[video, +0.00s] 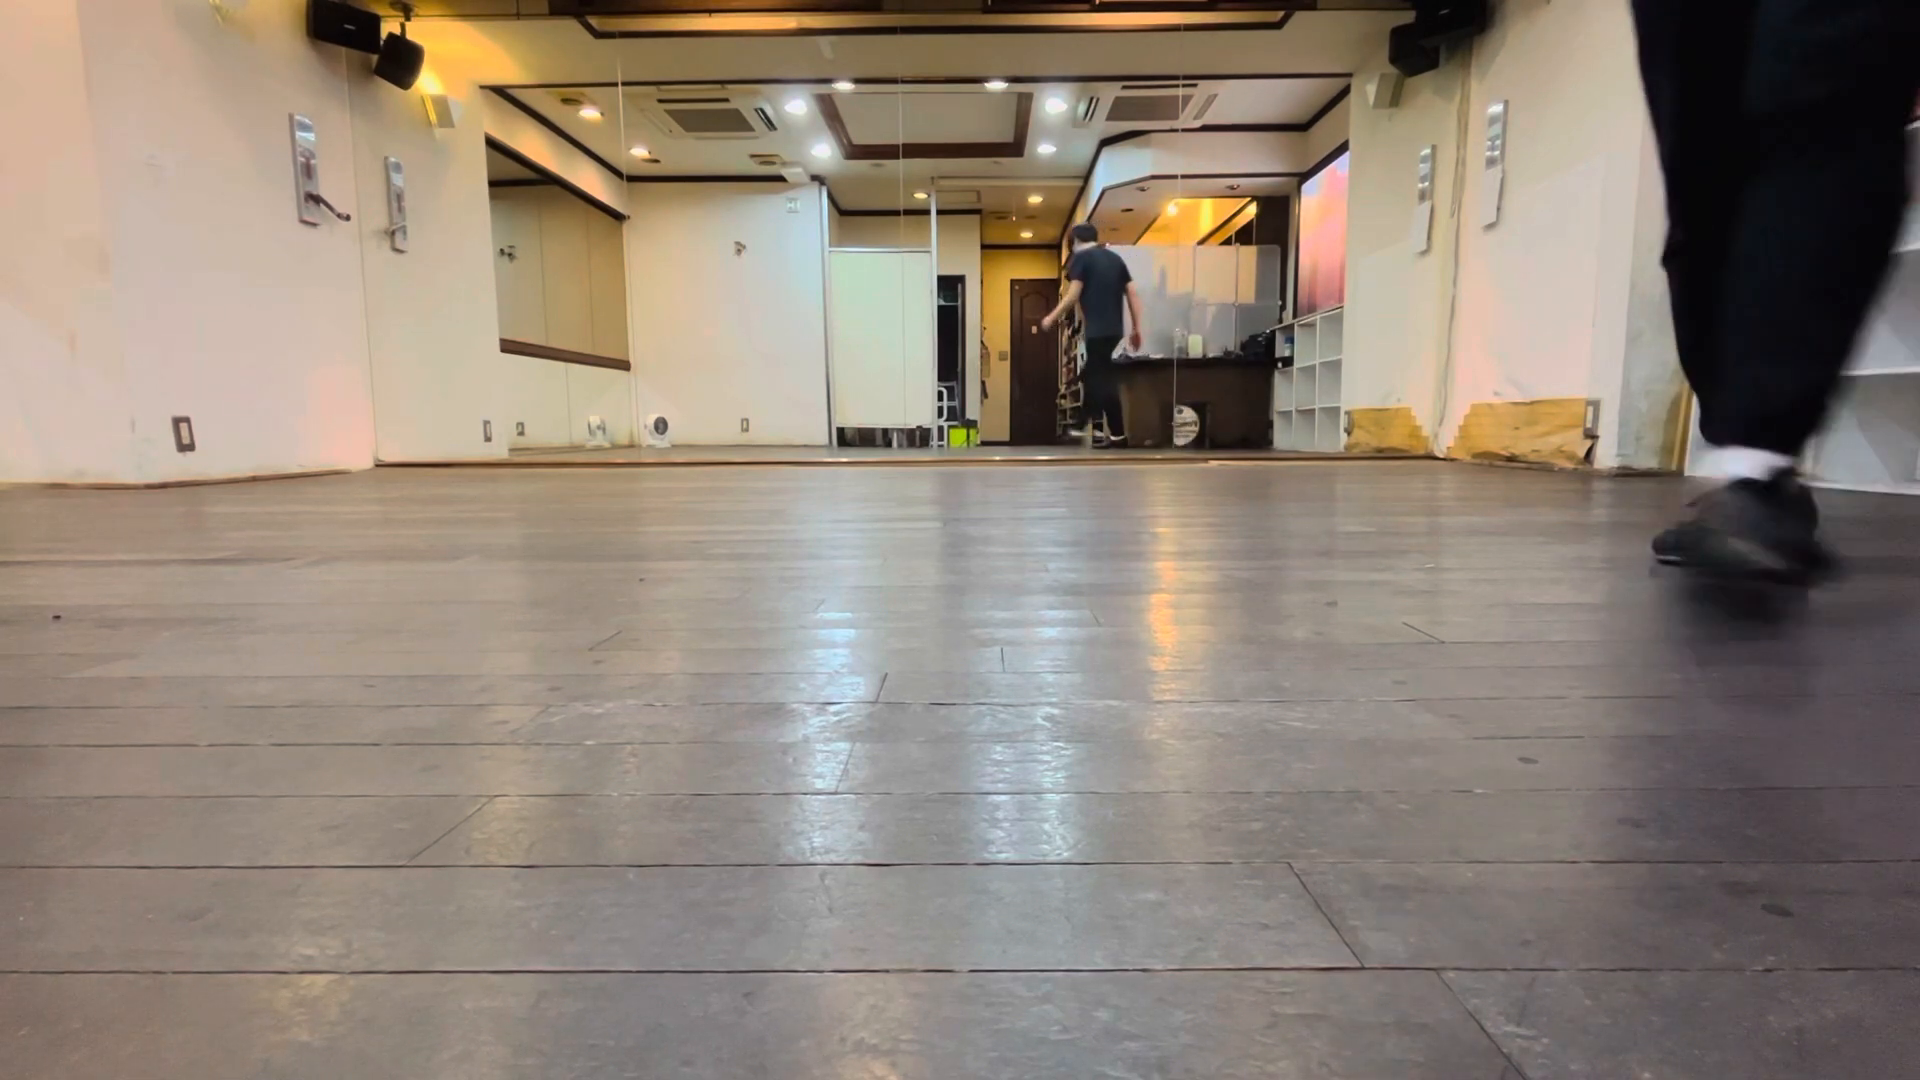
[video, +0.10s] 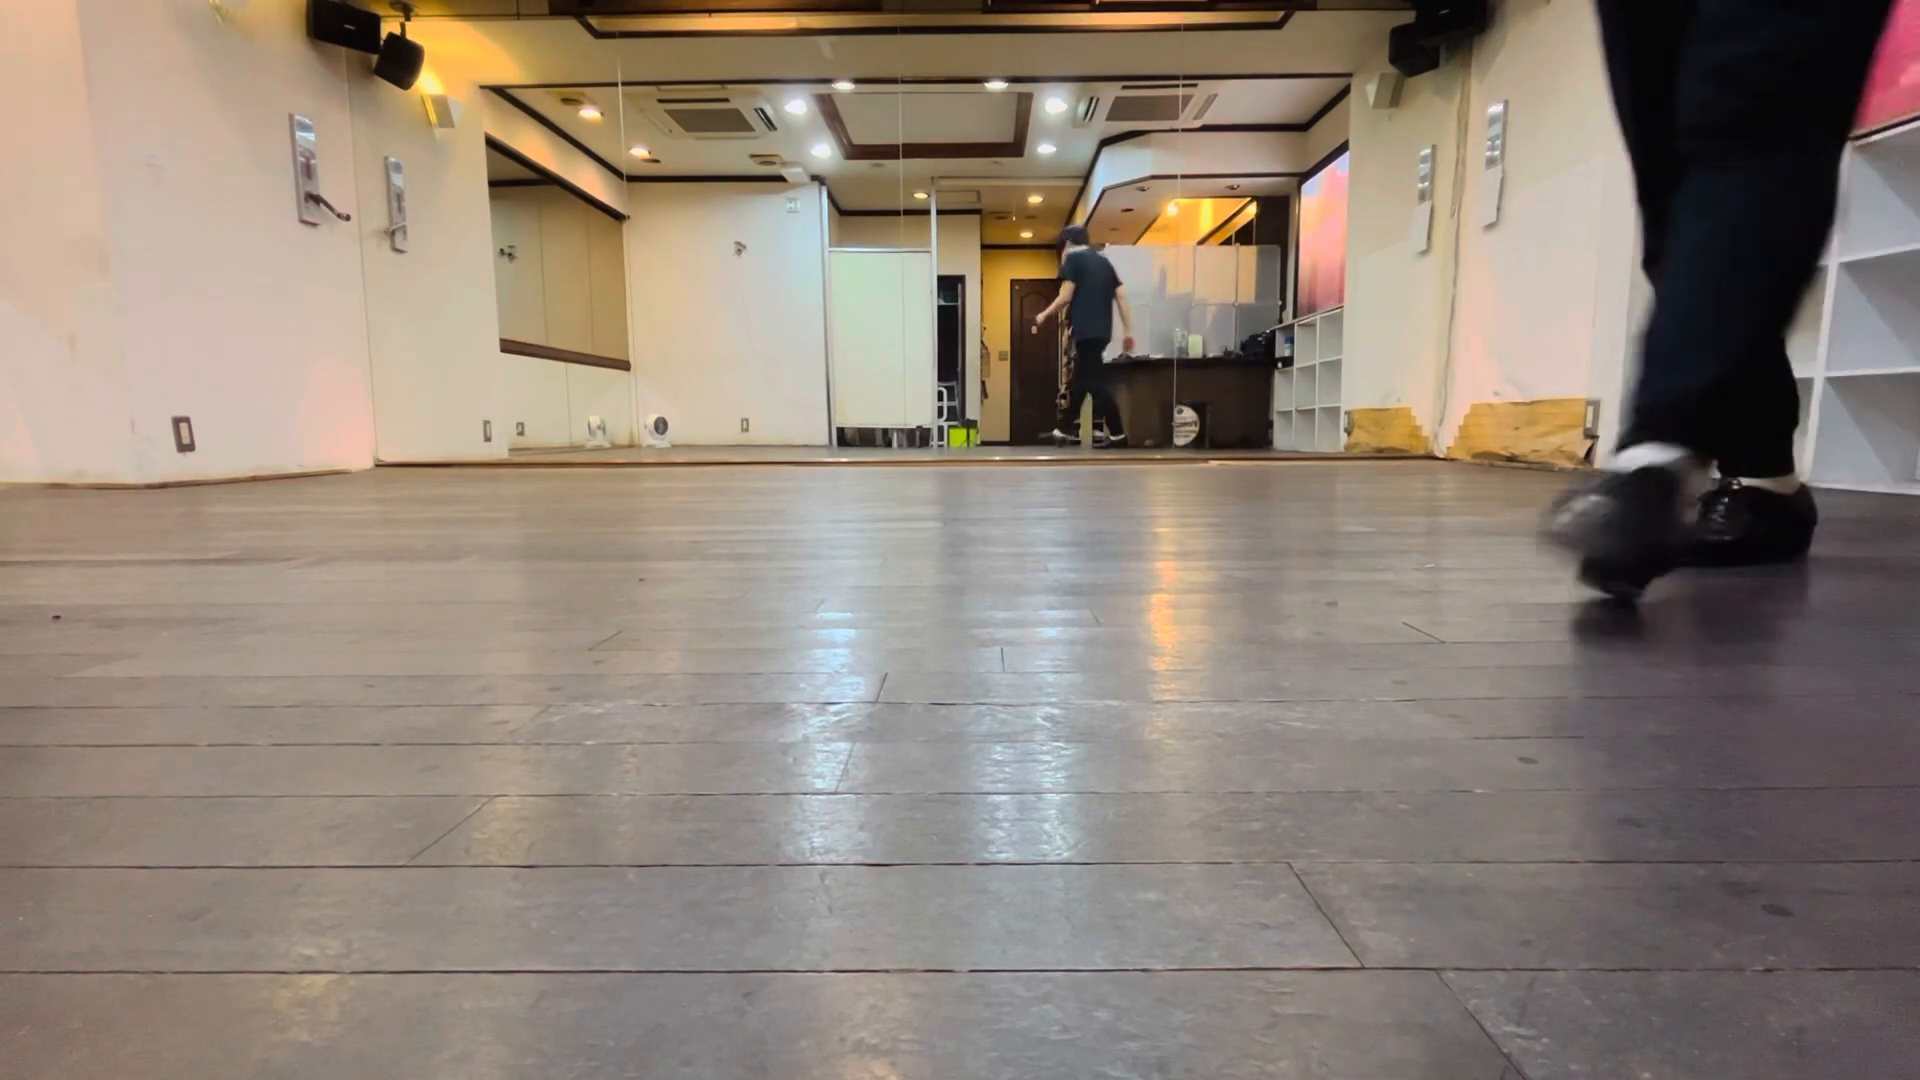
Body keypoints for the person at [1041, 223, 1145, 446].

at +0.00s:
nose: (1073, 247)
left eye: (1073, 243)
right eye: (1073, 243)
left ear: (1077, 241)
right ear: (1095, 239)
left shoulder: (1081, 258)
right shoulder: (1114, 258)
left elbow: (1073, 294)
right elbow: (1131, 293)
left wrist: (1051, 317)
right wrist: (1136, 329)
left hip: (1096, 332)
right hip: (1115, 331)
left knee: (1103, 380)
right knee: (1091, 377)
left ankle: (1117, 433)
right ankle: (1084, 425)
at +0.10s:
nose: (1064, 248)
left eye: (1064, 244)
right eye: (1064, 245)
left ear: (1069, 243)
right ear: (1086, 241)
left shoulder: (1073, 259)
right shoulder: (1103, 261)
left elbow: (1065, 296)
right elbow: (1120, 296)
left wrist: (1043, 315)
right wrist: (1128, 331)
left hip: (1085, 332)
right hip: (1102, 332)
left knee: (1096, 382)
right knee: (1080, 382)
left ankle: (1117, 432)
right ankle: (1067, 428)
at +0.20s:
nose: (1055, 252)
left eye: (1055, 248)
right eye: (1055, 248)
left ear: (1060, 245)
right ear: (1075, 245)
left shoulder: (1065, 259)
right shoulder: (1092, 264)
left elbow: (1061, 295)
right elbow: (1106, 302)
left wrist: (1041, 320)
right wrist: (1115, 336)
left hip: (1074, 333)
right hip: (1089, 333)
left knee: (1084, 381)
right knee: (1068, 381)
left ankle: (1112, 429)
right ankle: (1058, 430)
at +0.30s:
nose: (1045, 256)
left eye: (1044, 251)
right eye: (1044, 252)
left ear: (1048, 246)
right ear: (1063, 245)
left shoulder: (1057, 257)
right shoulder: (1079, 267)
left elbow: (1055, 295)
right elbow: (1088, 306)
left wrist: (1043, 327)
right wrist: (1096, 339)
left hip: (1062, 330)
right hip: (1076, 331)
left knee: (1061, 380)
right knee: (1064, 380)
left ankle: (1099, 421)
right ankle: (1067, 430)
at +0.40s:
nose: (1034, 256)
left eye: (1034, 251)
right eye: (1034, 252)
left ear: (1039, 246)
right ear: (1054, 245)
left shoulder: (1050, 258)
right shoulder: (1066, 263)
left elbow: (1052, 285)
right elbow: (1071, 298)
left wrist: (1049, 326)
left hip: (1059, 330)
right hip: (1067, 331)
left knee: (1043, 378)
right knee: (1049, 379)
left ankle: (1070, 417)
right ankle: (1055, 429)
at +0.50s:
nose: (1025, 255)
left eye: (1025, 250)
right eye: (1024, 251)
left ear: (1030, 245)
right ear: (1041, 244)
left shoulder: (1041, 256)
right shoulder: (1052, 259)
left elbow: (1048, 283)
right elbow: (1057, 290)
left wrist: (1054, 317)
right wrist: (1055, 318)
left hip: (1044, 327)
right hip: (1053, 326)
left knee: (1036, 373)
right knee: (1048, 375)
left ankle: (1049, 422)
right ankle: (1055, 423)